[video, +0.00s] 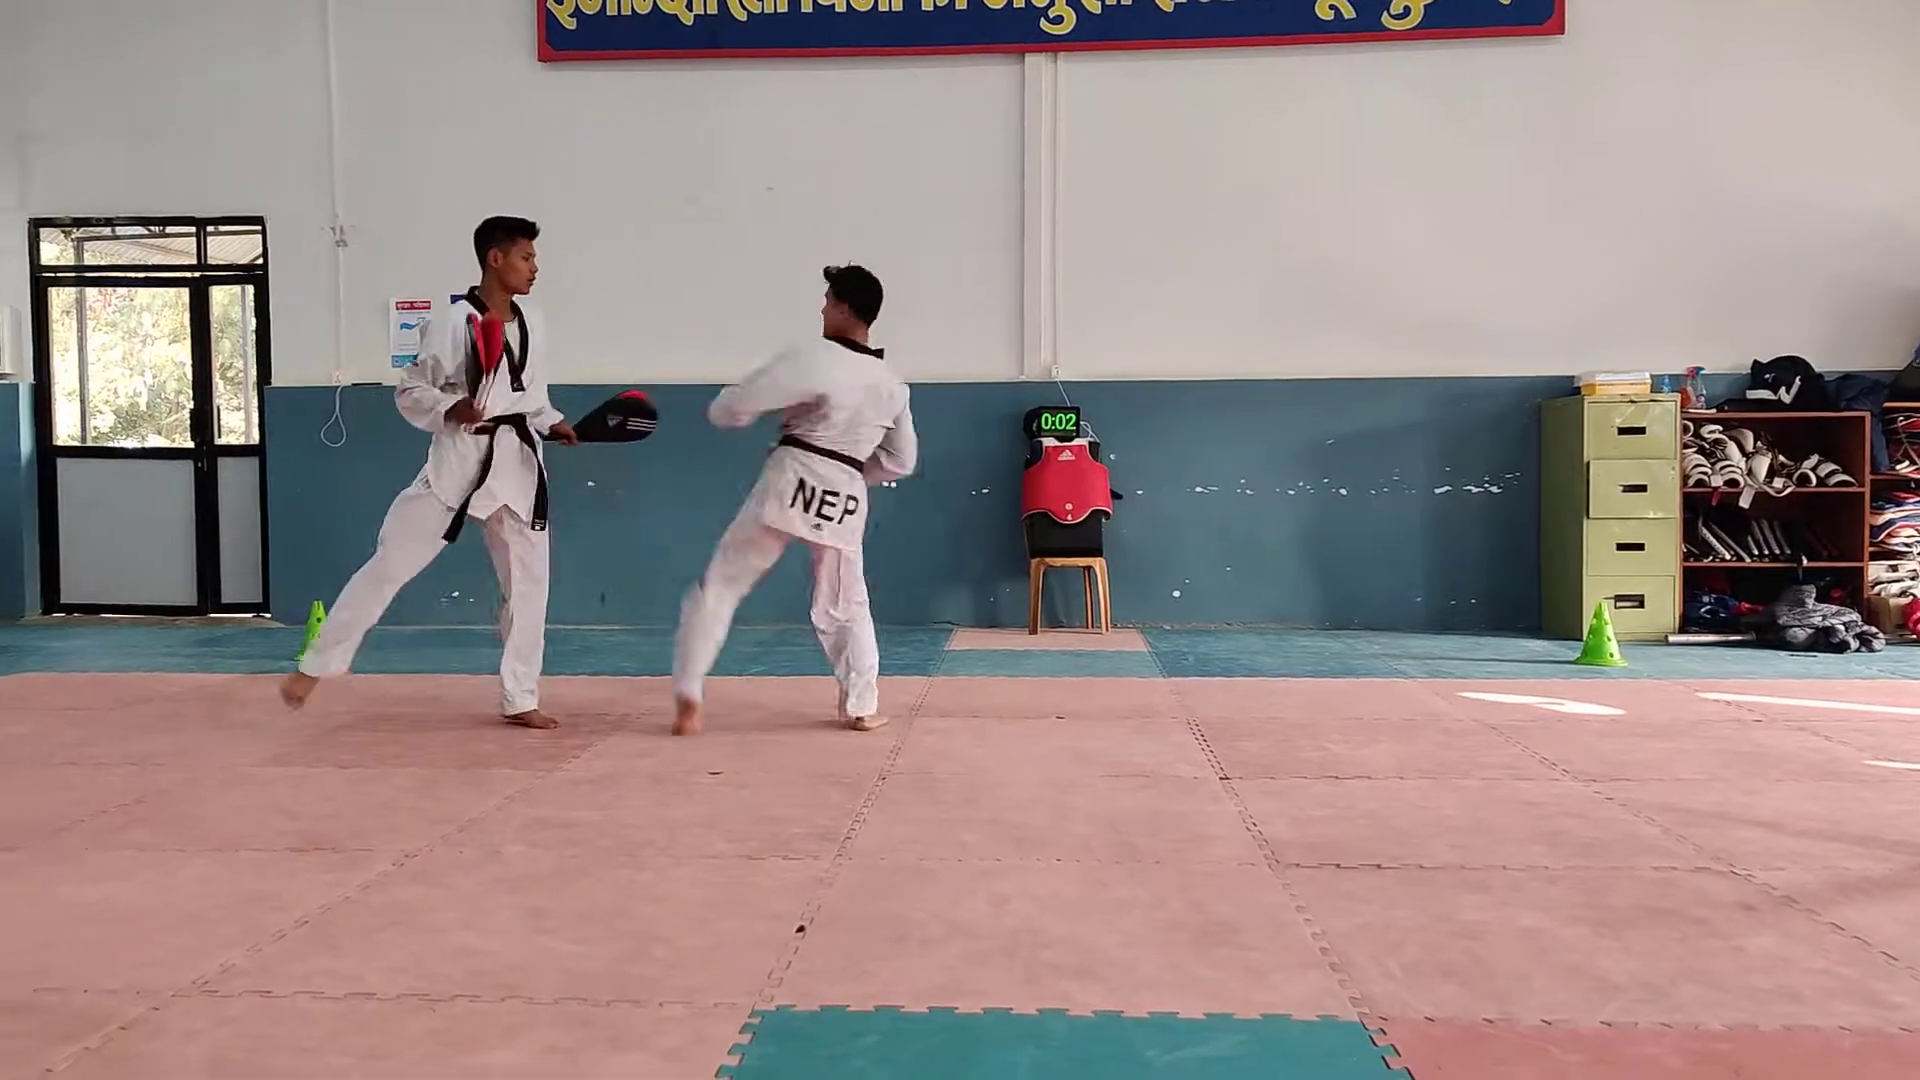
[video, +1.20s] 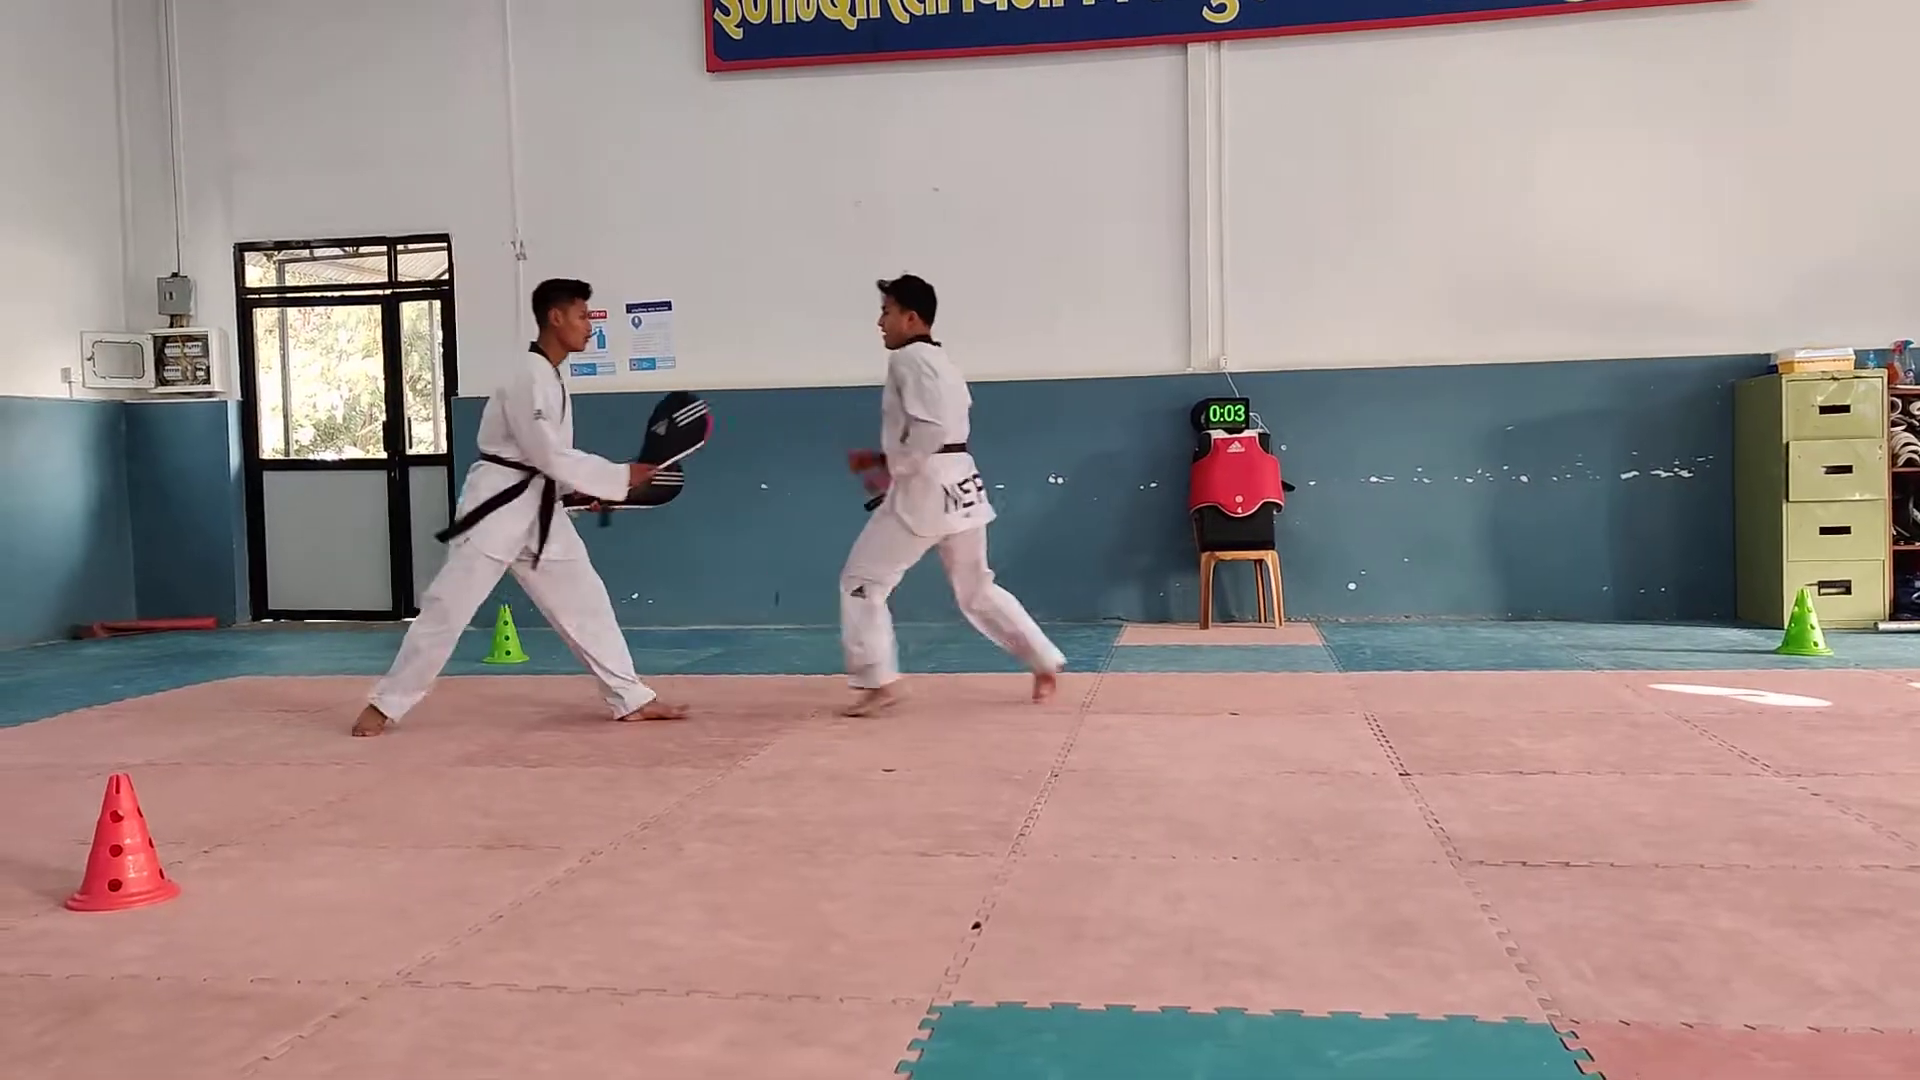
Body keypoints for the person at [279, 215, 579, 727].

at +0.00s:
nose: (535, 267)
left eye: (534, 258)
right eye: (526, 258)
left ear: (510, 262)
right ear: (496, 259)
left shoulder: (529, 323)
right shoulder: (452, 319)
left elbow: (529, 392)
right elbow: (411, 393)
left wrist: (553, 421)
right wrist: (449, 409)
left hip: (516, 462)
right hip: (456, 461)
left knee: (529, 579)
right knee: (392, 564)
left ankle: (520, 700)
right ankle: (316, 664)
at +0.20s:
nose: (484, 284)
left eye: (485, 275)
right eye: (474, 275)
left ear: (473, 280)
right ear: (442, 281)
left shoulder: (488, 341)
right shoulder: (410, 342)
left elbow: (493, 422)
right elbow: (377, 417)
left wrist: (527, 442)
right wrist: (438, 430)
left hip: (482, 482)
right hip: (418, 481)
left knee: (530, 586)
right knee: (341, 577)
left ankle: (549, 700)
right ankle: (254, 666)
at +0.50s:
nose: (420, 293)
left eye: (420, 284)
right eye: (410, 285)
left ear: (403, 290)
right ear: (378, 287)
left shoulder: (429, 347)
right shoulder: (342, 358)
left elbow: (442, 429)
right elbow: (368, 435)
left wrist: (477, 435)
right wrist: (447, 430)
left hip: (427, 482)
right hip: (364, 483)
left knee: (471, 583)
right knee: (335, 590)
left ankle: (493, 701)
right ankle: (315, 703)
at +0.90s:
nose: (476, 303)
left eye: (476, 294)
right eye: (467, 295)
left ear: (455, 299)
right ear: (438, 297)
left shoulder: (472, 353)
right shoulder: (397, 364)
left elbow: (480, 429)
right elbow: (399, 444)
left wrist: (505, 471)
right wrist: (464, 477)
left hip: (468, 486)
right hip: (411, 489)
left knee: (518, 578)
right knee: (386, 598)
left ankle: (521, 693)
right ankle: (364, 707)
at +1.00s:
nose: (506, 313)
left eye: (506, 304)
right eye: (498, 304)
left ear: (479, 307)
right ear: (468, 305)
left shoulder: (496, 363)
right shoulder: (424, 368)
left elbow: (498, 439)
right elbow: (414, 442)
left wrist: (511, 483)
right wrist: (476, 486)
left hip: (485, 492)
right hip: (426, 495)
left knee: (537, 585)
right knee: (398, 601)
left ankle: (583, 691)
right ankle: (370, 707)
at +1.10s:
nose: (544, 323)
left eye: (544, 314)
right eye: (536, 313)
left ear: (516, 318)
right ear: (506, 315)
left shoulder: (524, 377)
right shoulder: (465, 376)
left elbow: (514, 453)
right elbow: (476, 455)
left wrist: (543, 496)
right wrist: (544, 490)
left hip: (511, 505)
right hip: (459, 503)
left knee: (560, 595)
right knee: (420, 606)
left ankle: (619, 689)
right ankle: (379, 708)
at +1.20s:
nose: (589, 325)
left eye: (589, 316)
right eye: (582, 316)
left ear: (559, 322)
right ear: (553, 319)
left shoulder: (552, 378)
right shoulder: (531, 373)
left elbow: (537, 461)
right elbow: (547, 453)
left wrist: (572, 491)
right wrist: (620, 475)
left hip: (540, 503)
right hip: (500, 498)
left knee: (584, 598)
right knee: (448, 605)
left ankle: (630, 698)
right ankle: (384, 705)